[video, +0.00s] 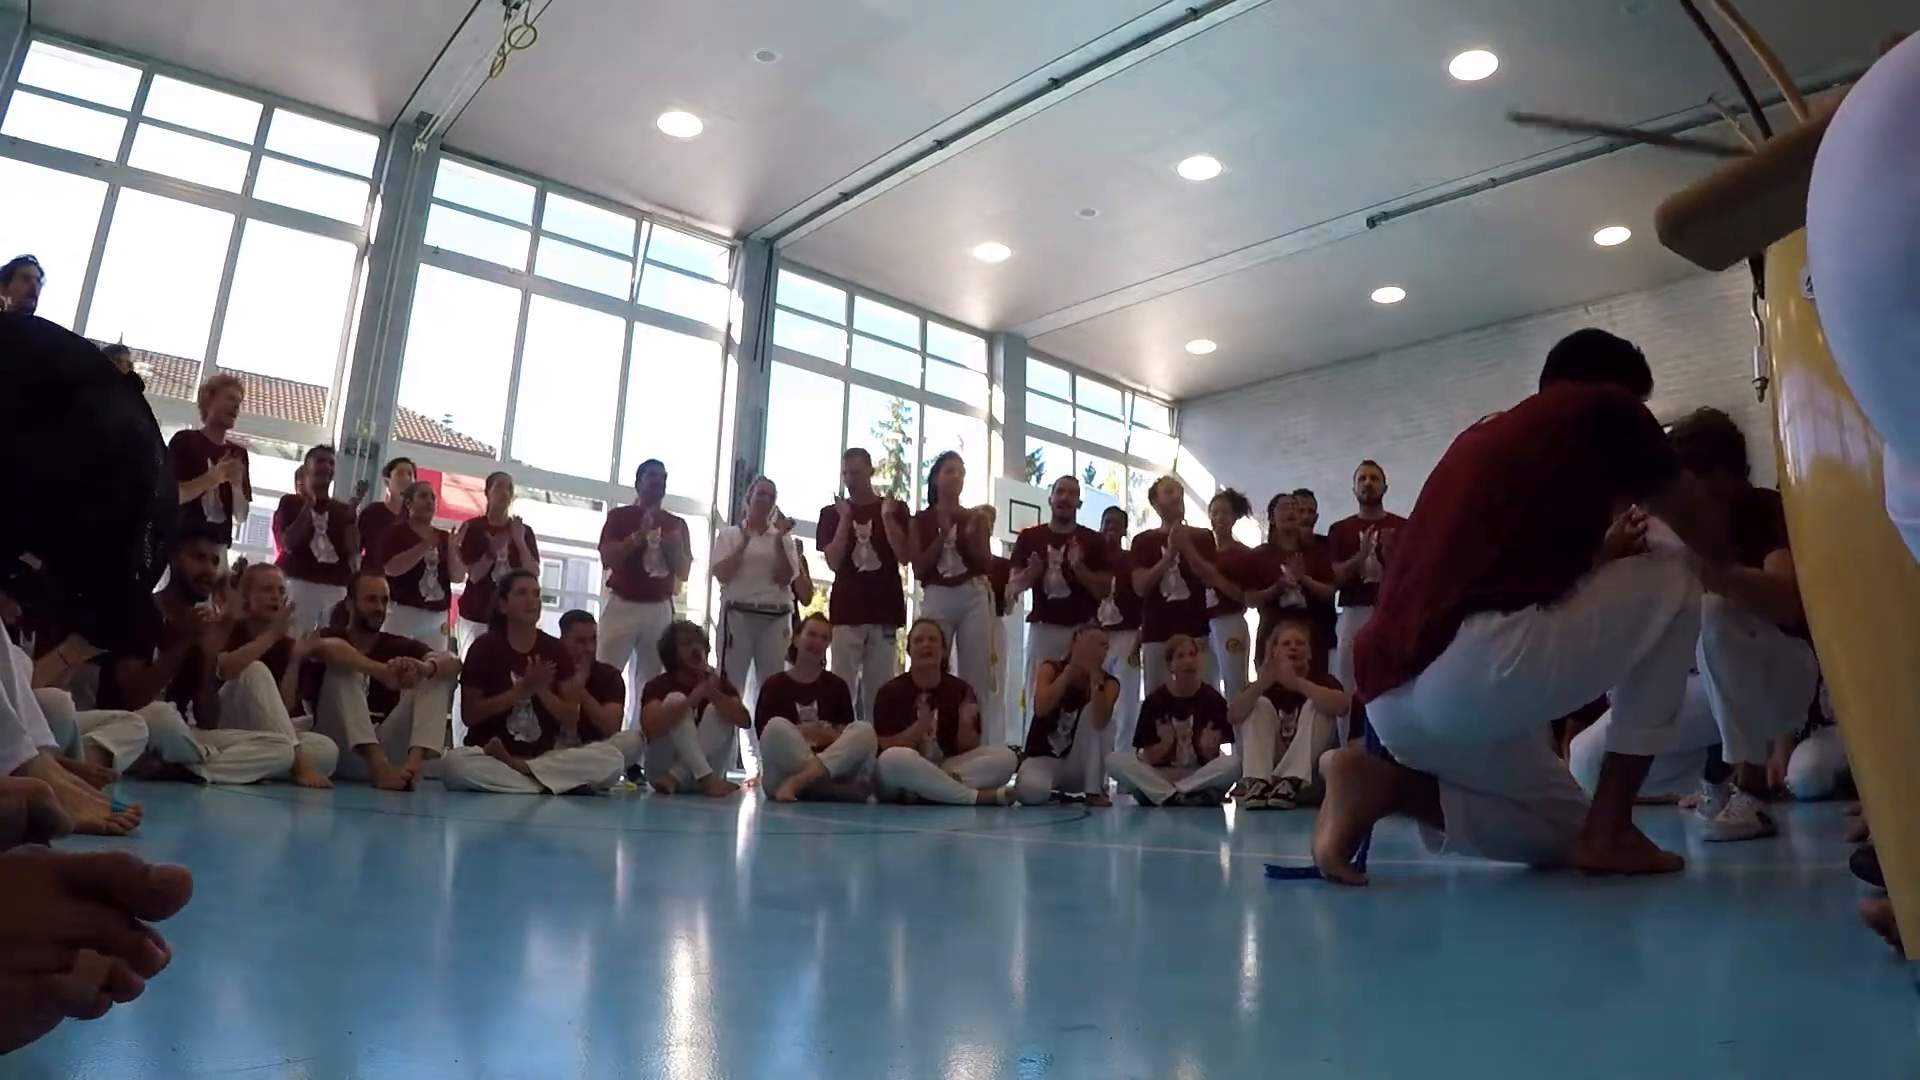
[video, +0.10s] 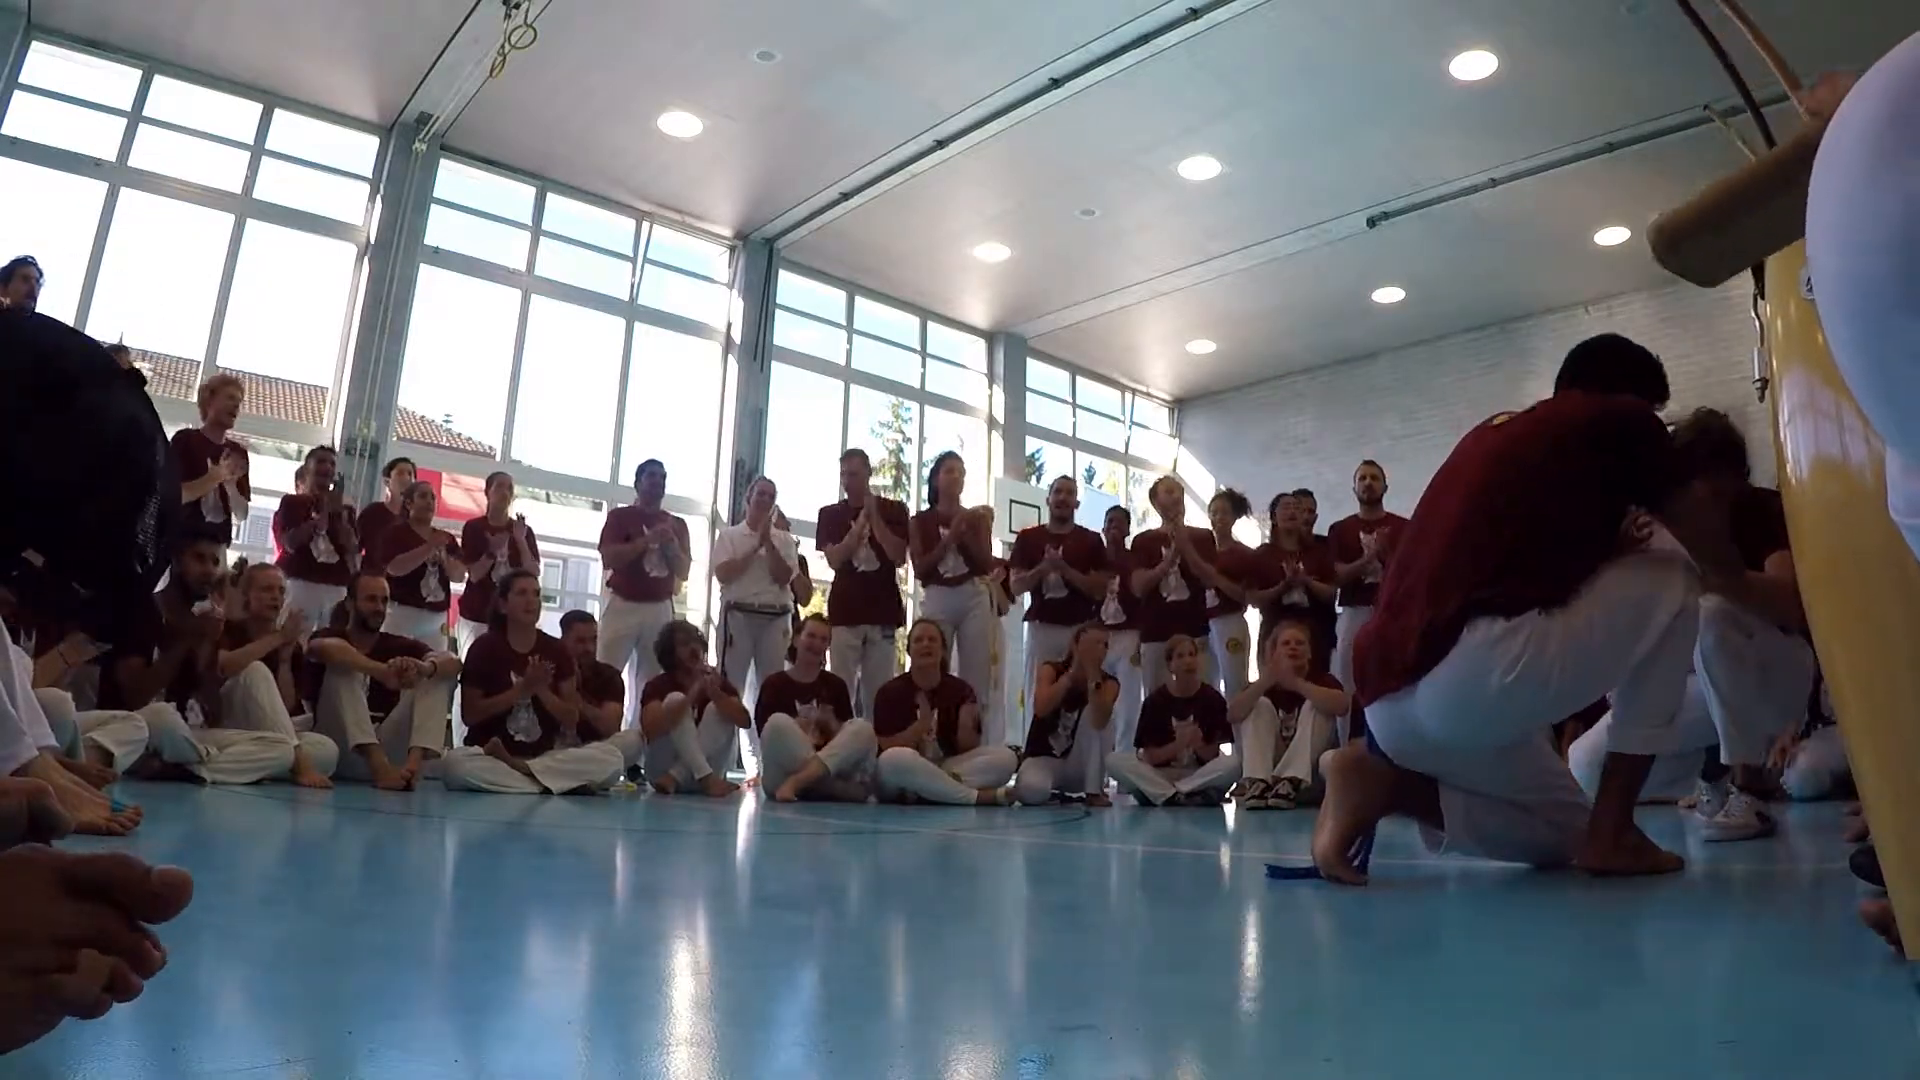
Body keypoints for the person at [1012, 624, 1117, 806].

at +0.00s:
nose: (1101, 651)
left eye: (1104, 646)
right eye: (1096, 644)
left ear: (1106, 650)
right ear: (1076, 643)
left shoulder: (1108, 683)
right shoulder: (1050, 668)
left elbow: (1099, 720)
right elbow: (1041, 708)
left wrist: (1095, 674)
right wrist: (1071, 670)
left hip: (1080, 763)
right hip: (1043, 760)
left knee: (1094, 711)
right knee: (1032, 792)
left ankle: (1093, 790)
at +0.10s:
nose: (1098, 650)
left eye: (1104, 645)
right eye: (1092, 643)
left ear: (1107, 650)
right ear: (1075, 645)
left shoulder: (1108, 682)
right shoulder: (1050, 669)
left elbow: (1099, 719)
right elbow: (1041, 708)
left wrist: (1093, 673)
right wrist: (1071, 675)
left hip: (1080, 763)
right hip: (1042, 760)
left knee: (1094, 712)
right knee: (1032, 792)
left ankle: (1094, 790)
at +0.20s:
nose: (1100, 650)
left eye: (1104, 645)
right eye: (1094, 643)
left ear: (1108, 650)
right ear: (1075, 644)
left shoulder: (1108, 682)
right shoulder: (1050, 669)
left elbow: (1099, 719)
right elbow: (1041, 708)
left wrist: (1094, 672)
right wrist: (1073, 669)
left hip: (1080, 763)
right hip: (1042, 761)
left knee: (1095, 711)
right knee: (1032, 792)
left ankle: (1094, 791)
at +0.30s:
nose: (1098, 652)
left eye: (1104, 646)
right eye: (1092, 644)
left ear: (1108, 651)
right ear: (1075, 645)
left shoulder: (1109, 683)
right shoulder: (1050, 669)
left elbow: (1100, 720)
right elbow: (1041, 708)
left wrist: (1097, 673)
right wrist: (1069, 672)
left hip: (1080, 764)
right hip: (1042, 761)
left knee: (1094, 711)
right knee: (1032, 793)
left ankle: (1094, 790)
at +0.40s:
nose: (1097, 652)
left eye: (1103, 646)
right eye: (1091, 644)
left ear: (1107, 649)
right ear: (1074, 645)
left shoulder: (1108, 682)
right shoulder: (1049, 670)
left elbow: (1099, 719)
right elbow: (1042, 708)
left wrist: (1093, 674)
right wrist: (1076, 671)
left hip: (1080, 763)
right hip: (1042, 761)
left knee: (1094, 712)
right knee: (1032, 793)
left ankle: (1094, 791)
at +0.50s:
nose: (1099, 651)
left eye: (1104, 646)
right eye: (1093, 644)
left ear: (1107, 650)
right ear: (1074, 646)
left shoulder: (1108, 682)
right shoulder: (1048, 670)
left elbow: (1099, 719)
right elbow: (1042, 709)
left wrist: (1092, 671)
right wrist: (1075, 672)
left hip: (1080, 762)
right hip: (1042, 760)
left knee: (1095, 712)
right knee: (1033, 793)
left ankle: (1094, 791)